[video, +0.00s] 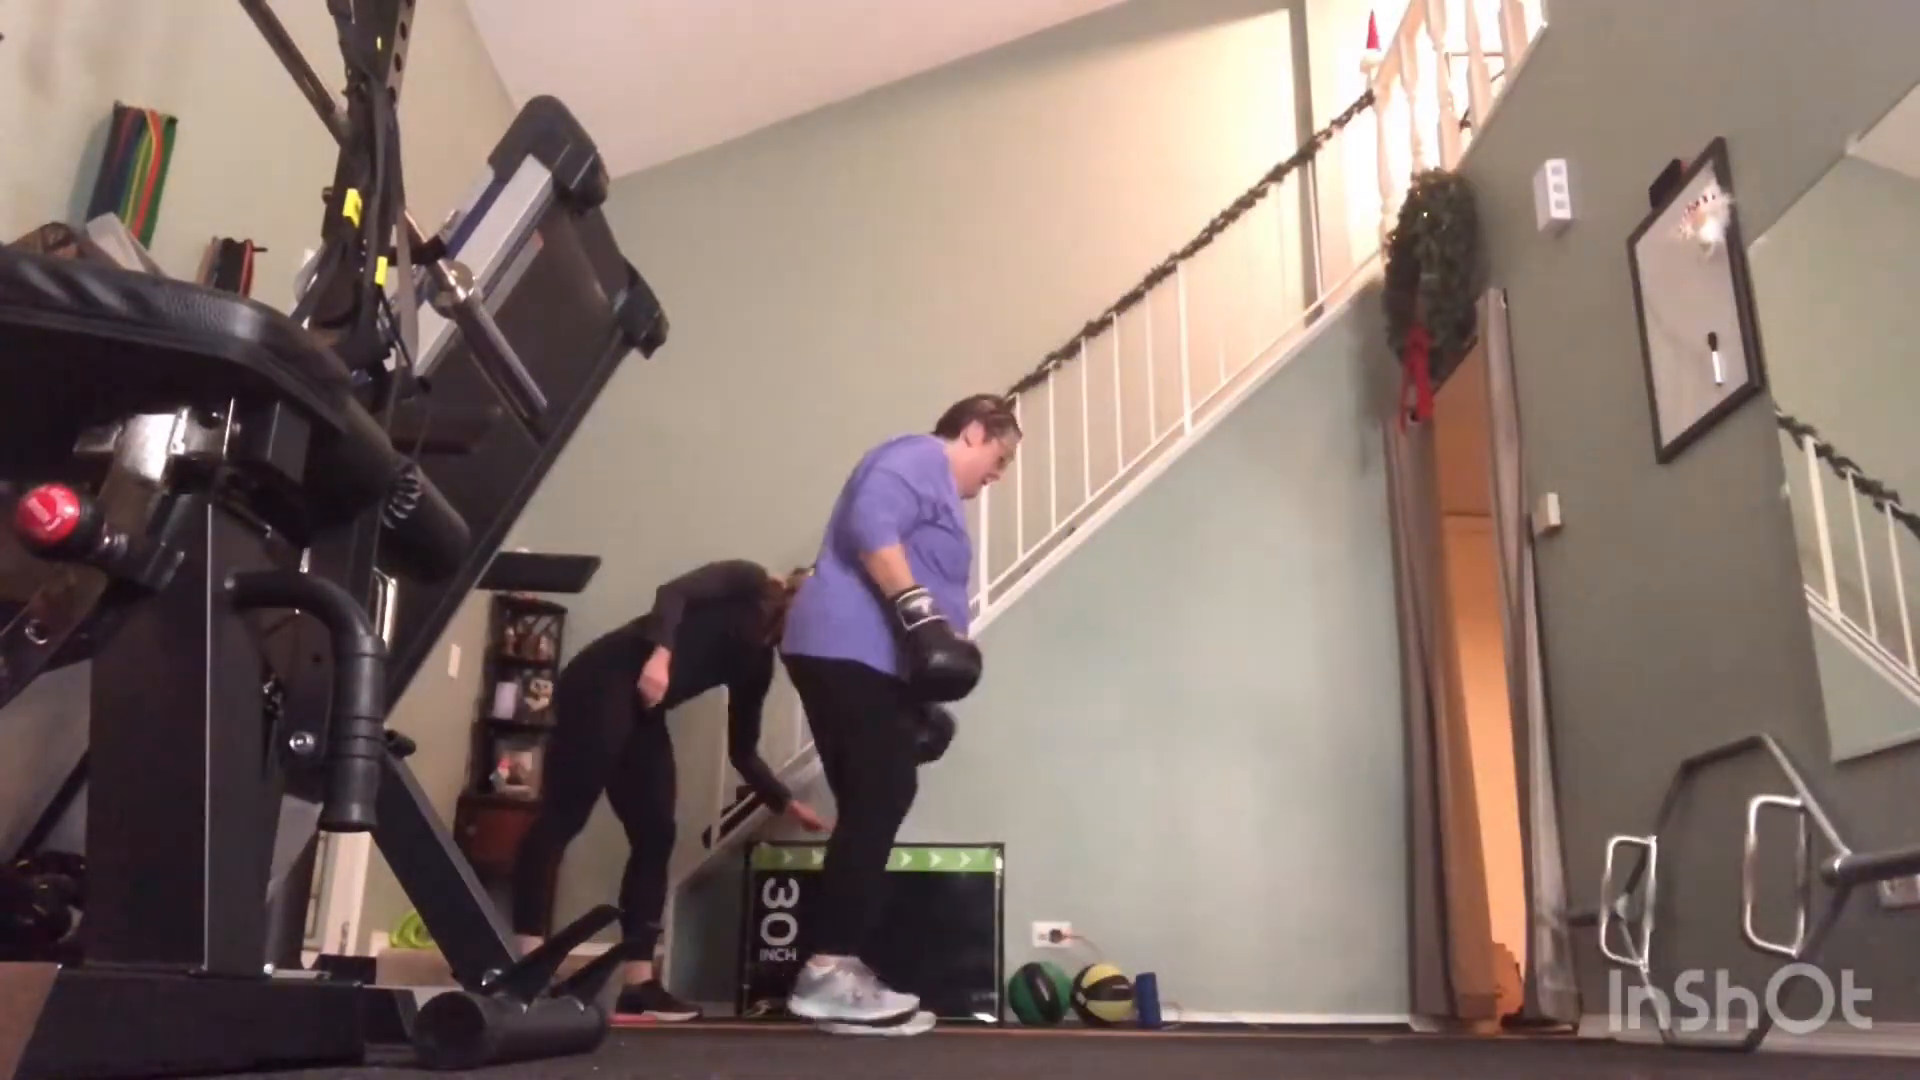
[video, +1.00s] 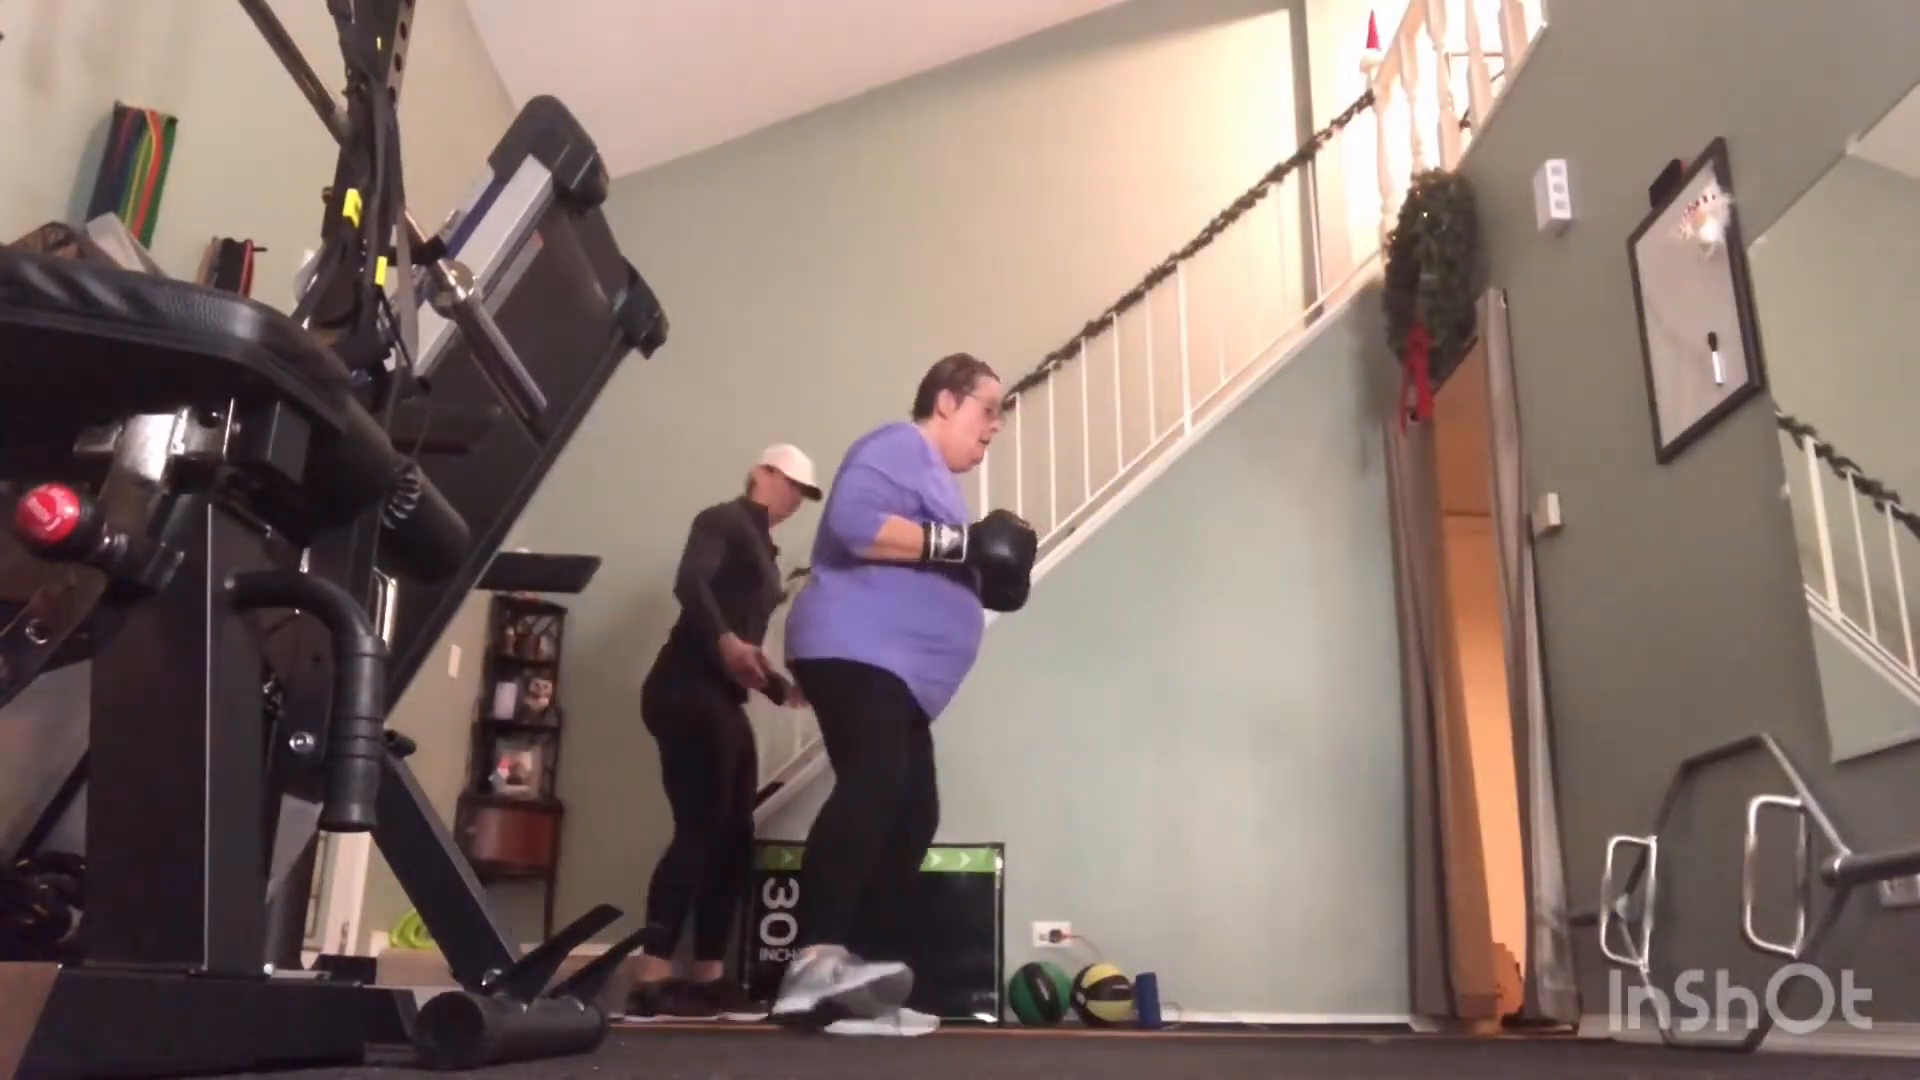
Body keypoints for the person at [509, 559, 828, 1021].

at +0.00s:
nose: (804, 633)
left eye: (810, 627)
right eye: (807, 620)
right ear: (798, 599)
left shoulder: (757, 664)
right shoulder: (749, 580)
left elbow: (743, 750)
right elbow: (673, 592)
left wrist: (789, 805)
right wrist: (661, 653)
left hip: (643, 711)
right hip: (596, 686)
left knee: (654, 835)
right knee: (560, 819)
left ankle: (638, 982)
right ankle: (529, 958)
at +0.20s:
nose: (828, 620)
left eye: (836, 610)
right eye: (832, 602)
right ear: (810, 587)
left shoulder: (767, 664)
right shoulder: (756, 581)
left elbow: (758, 755)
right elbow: (679, 592)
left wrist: (805, 805)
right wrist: (676, 652)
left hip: (648, 711)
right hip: (602, 687)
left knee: (661, 835)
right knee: (568, 816)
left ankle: (638, 984)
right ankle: (528, 959)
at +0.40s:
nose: (825, 597)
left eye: (832, 592)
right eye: (822, 581)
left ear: (823, 604)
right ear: (800, 576)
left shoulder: (765, 658)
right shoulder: (748, 575)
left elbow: (755, 747)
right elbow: (673, 592)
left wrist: (803, 796)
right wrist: (676, 653)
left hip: (650, 712)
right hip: (603, 688)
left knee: (665, 834)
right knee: (571, 818)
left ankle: (639, 982)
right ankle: (527, 955)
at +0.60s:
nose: (718, 509)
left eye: (724, 502)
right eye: (713, 495)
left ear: (715, 509)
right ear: (679, 486)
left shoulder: (688, 576)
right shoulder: (629, 525)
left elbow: (661, 657)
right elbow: (576, 582)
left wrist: (683, 714)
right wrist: (586, 651)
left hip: (619, 709)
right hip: (567, 694)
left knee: (644, 833)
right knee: (554, 828)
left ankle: (636, 979)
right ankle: (490, 953)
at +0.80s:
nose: (759, 512)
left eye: (766, 506)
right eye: (754, 498)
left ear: (763, 514)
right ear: (724, 490)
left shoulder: (730, 575)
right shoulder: (674, 533)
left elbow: (715, 654)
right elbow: (627, 594)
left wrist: (736, 710)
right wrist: (658, 653)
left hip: (675, 704)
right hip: (630, 691)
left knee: (677, 831)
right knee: (666, 820)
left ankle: (638, 974)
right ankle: (608, 945)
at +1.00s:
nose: (797, 500)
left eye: (803, 492)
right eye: (792, 485)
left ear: (794, 497)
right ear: (761, 477)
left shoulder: (765, 550)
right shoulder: (724, 519)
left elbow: (739, 639)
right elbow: (691, 582)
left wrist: (773, 682)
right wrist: (725, 642)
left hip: (722, 696)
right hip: (686, 687)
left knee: (733, 832)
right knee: (701, 826)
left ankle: (706, 973)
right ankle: (653, 971)